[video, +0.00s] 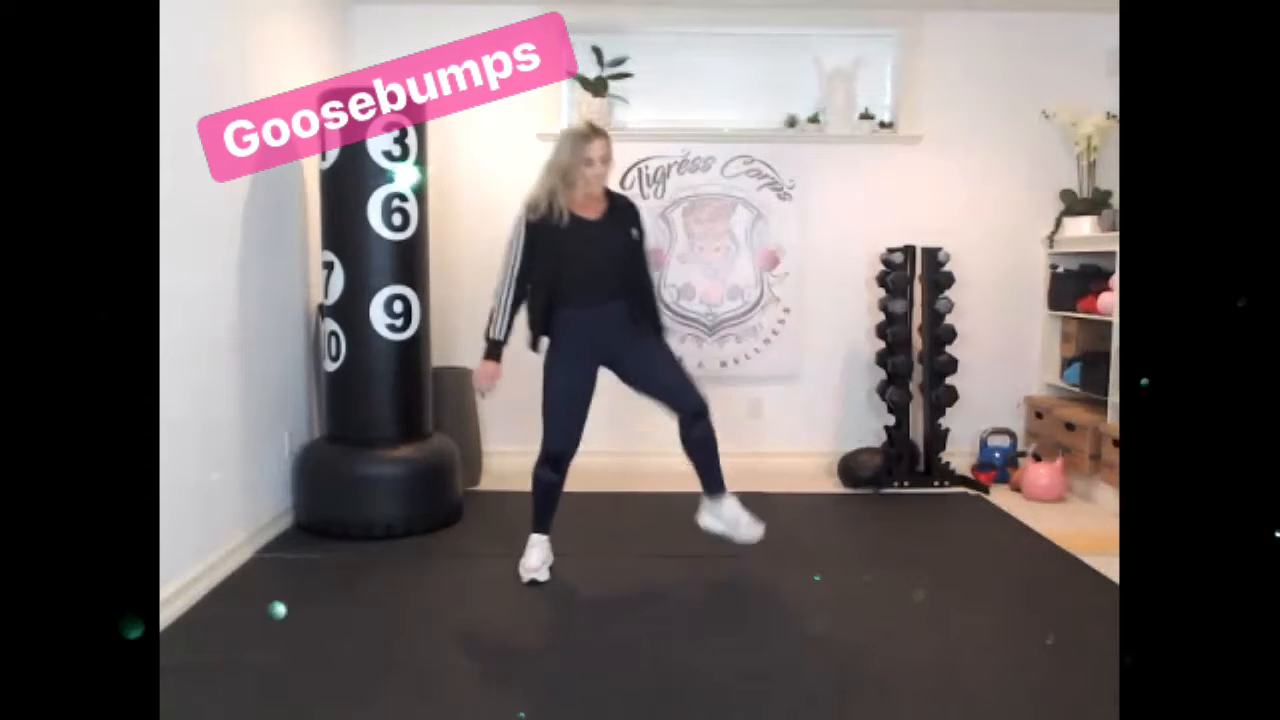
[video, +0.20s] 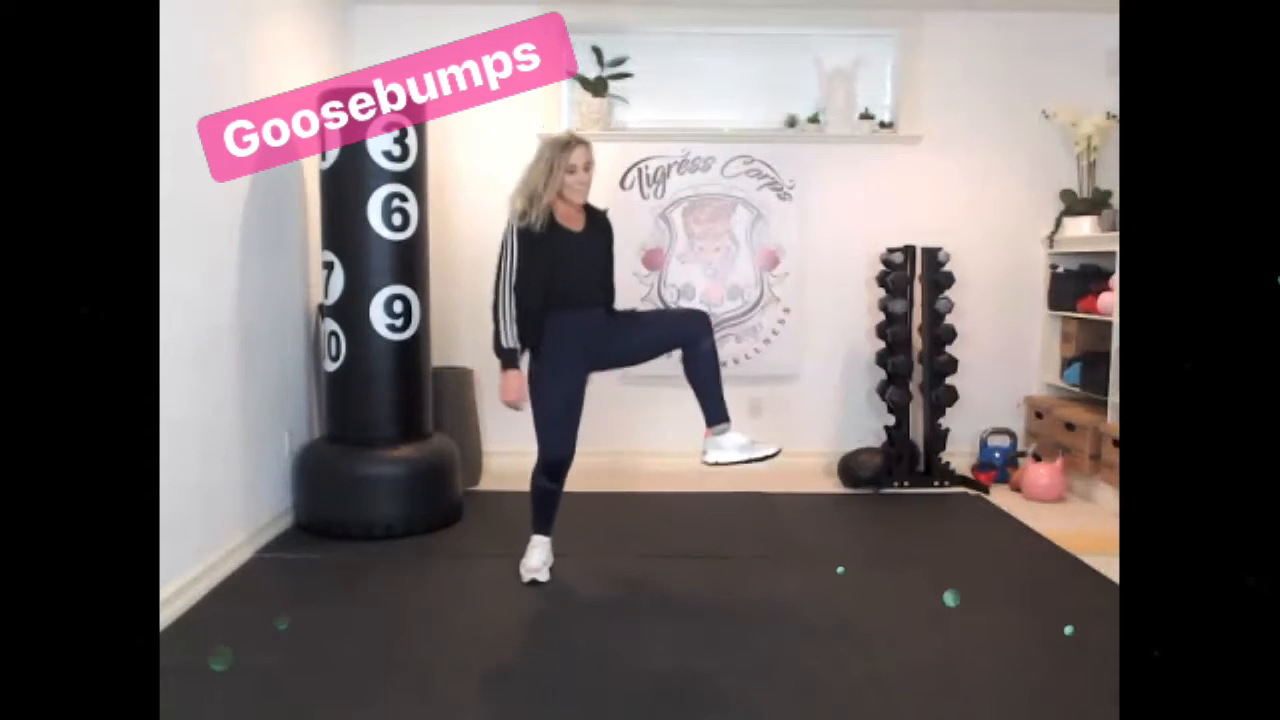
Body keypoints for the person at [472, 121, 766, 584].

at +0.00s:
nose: (601, 170)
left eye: (606, 161)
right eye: (592, 162)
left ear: (611, 162)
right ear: (570, 164)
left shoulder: (623, 211)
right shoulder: (541, 216)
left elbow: (640, 281)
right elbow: (513, 284)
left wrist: (655, 338)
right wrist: (493, 354)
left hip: (627, 334)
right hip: (571, 340)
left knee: (693, 408)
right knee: (557, 448)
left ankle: (718, 503)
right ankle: (539, 540)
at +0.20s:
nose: (584, 177)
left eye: (588, 169)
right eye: (574, 170)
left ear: (592, 171)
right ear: (551, 173)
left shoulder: (598, 222)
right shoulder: (526, 225)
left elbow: (602, 289)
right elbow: (507, 294)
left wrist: (611, 337)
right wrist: (511, 365)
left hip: (603, 336)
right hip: (555, 347)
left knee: (694, 325)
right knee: (556, 456)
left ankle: (721, 435)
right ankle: (540, 541)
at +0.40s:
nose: (574, 167)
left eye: (579, 158)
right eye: (563, 160)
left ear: (589, 165)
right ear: (547, 170)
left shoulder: (601, 223)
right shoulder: (528, 223)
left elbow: (605, 290)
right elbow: (516, 293)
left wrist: (613, 337)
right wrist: (527, 362)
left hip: (604, 337)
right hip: (557, 347)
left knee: (694, 340)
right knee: (554, 457)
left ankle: (715, 453)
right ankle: (540, 541)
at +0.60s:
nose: (591, 157)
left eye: (599, 149)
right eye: (582, 149)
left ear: (610, 158)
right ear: (566, 157)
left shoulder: (622, 212)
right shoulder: (543, 209)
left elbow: (636, 285)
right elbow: (529, 278)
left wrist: (643, 352)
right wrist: (541, 345)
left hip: (626, 332)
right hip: (570, 336)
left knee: (685, 419)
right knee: (557, 446)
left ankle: (718, 509)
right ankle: (539, 538)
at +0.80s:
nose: (640, 177)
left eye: (648, 170)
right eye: (631, 170)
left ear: (661, 182)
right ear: (617, 180)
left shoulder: (675, 239)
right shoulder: (594, 236)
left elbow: (692, 309)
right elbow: (569, 304)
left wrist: (712, 376)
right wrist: (545, 370)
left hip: (663, 360)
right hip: (604, 361)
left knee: (702, 456)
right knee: (574, 461)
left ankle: (728, 543)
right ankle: (541, 540)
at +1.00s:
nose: (693, 152)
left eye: (703, 144)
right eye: (685, 145)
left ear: (719, 154)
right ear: (674, 154)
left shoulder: (736, 208)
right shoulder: (652, 208)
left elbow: (762, 277)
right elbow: (626, 271)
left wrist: (781, 342)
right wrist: (598, 330)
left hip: (709, 335)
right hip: (653, 329)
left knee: (720, 442)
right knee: (591, 404)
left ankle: (732, 540)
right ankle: (567, 504)